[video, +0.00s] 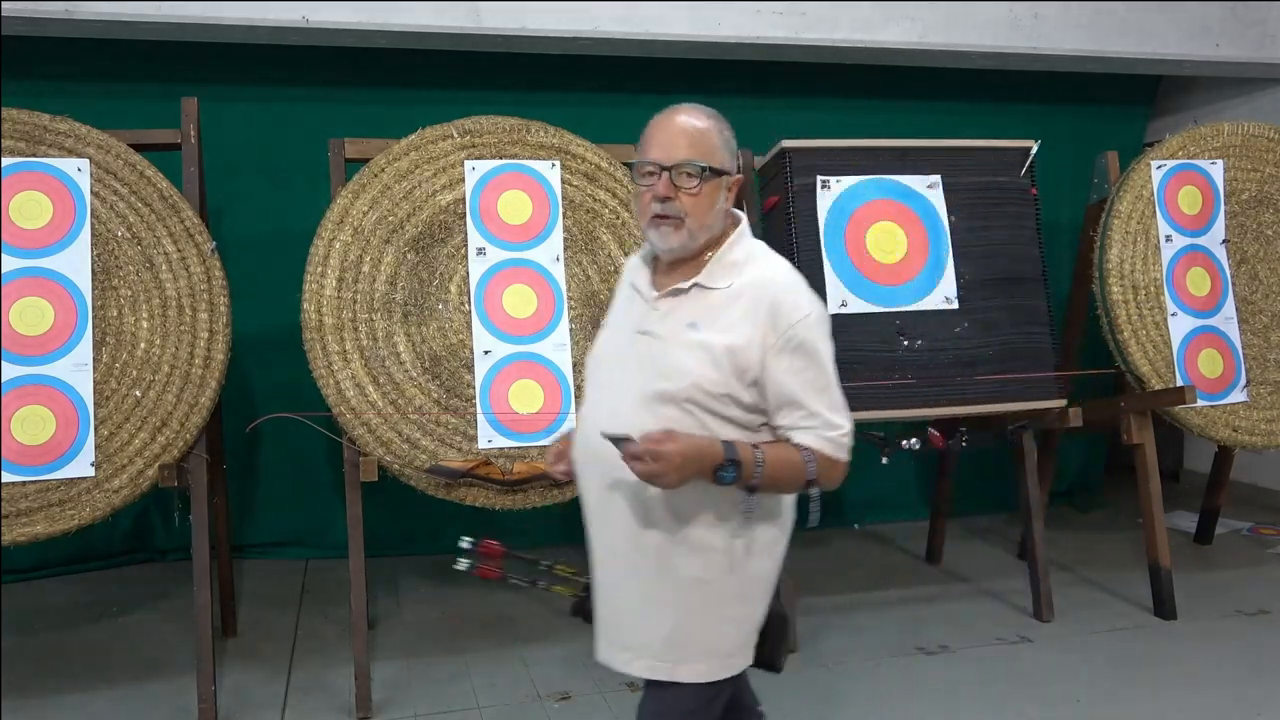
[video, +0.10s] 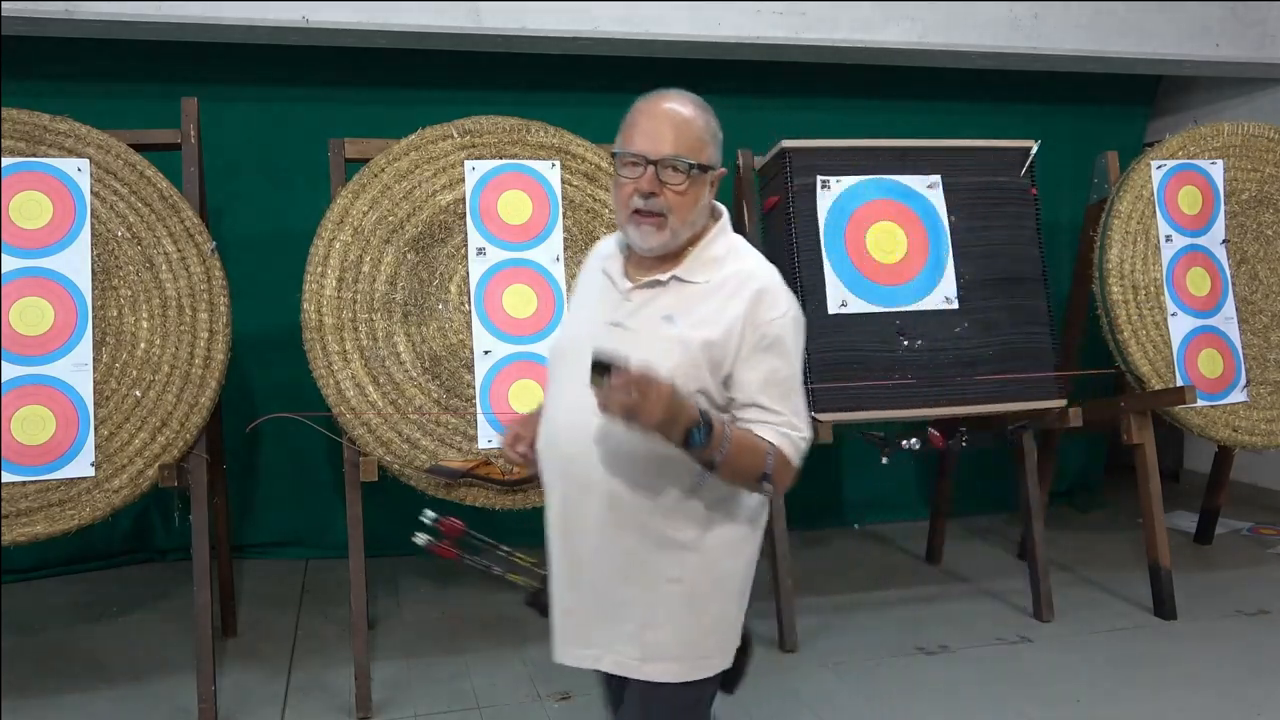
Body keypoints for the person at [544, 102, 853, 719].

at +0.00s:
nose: (662, 192)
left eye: (688, 175)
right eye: (649, 175)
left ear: (732, 188)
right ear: (634, 184)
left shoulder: (778, 297)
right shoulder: (640, 272)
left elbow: (827, 459)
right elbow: (660, 395)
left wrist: (715, 459)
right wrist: (587, 444)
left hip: (707, 609)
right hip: (640, 591)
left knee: (669, 710)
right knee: (723, 705)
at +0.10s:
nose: (647, 187)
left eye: (674, 169)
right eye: (632, 164)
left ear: (712, 184)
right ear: (613, 171)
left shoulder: (755, 293)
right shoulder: (602, 261)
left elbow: (778, 463)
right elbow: (597, 388)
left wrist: (682, 420)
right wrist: (547, 428)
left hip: (680, 613)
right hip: (594, 595)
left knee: (661, 710)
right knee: (627, 704)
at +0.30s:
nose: (608, 178)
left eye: (635, 159)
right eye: (591, 154)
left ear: (672, 170)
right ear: (569, 160)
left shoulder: (721, 276)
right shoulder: (535, 260)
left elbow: (742, 452)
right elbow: (510, 368)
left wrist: (653, 356)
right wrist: (474, 413)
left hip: (651, 624)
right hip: (527, 609)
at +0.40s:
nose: (591, 169)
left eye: (619, 149)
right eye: (571, 145)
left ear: (654, 162)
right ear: (547, 153)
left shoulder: (708, 270)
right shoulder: (501, 264)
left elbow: (751, 445)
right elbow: (462, 380)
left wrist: (636, 380)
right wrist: (449, 416)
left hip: (640, 633)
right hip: (504, 623)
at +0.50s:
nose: (569, 167)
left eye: (596, 148)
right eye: (548, 143)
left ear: (633, 165)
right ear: (522, 155)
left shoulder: (692, 271)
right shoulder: (469, 268)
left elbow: (748, 443)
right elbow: (402, 406)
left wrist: (626, 422)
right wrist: (427, 425)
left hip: (634, 660)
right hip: (484, 649)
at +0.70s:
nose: (514, 174)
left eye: (541, 150)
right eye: (489, 150)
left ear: (577, 159)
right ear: (459, 160)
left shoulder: (651, 279)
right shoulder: (402, 288)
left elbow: (715, 443)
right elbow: (325, 464)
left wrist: (628, 460)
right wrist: (411, 469)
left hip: (613, 675)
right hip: (452, 677)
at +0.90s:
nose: (434, 159)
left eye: (460, 132)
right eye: (406, 137)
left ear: (505, 141)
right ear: (376, 157)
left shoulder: (600, 266)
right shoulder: (325, 295)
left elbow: (677, 433)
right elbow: (256, 493)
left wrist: (610, 469)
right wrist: (333, 486)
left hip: (573, 685)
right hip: (391, 690)